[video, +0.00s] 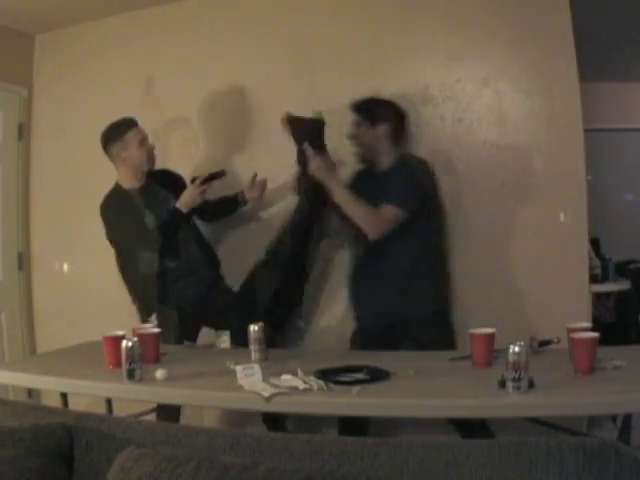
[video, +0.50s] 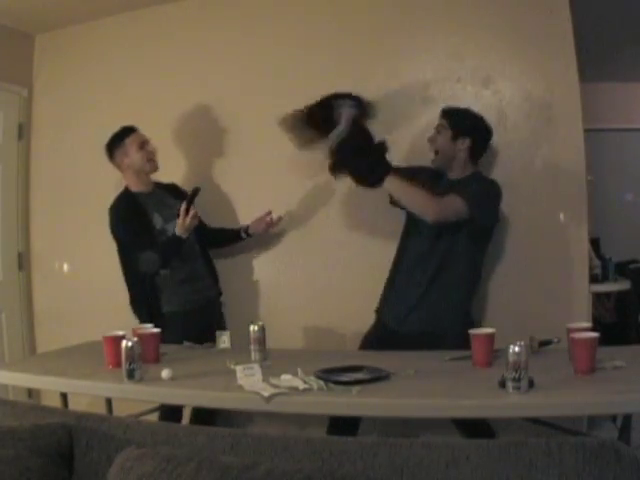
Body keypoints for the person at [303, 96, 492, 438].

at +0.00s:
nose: (352, 134)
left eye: (360, 126)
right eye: (353, 126)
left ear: (384, 130)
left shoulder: (413, 173)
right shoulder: (365, 180)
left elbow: (375, 226)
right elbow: (340, 226)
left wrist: (330, 183)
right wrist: (318, 180)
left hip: (422, 322)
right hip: (376, 320)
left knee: (457, 408)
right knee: (351, 407)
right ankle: (352, 479)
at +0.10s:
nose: (385, 140)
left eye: (393, 132)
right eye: (386, 132)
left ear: (417, 135)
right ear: (412, 137)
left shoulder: (443, 176)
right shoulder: (396, 181)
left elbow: (388, 209)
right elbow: (354, 232)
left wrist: (350, 158)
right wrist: (329, 183)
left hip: (437, 318)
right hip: (392, 316)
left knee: (468, 404)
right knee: (358, 400)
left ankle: (503, 469)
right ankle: (348, 476)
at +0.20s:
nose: (408, 141)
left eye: (417, 133)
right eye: (409, 133)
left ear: (442, 137)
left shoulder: (467, 178)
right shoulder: (417, 184)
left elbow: (410, 191)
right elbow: (364, 216)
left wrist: (368, 132)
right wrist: (338, 165)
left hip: (446, 317)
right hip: (402, 314)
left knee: (470, 406)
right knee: (358, 392)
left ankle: (504, 478)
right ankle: (352, 477)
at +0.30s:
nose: (418, 136)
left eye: (426, 127)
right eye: (418, 128)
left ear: (451, 132)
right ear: (446, 134)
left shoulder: (481, 177)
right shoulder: (422, 183)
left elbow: (435, 192)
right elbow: (365, 196)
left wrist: (394, 132)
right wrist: (361, 139)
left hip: (450, 317)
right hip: (403, 314)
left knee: (471, 405)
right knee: (358, 391)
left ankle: (503, 475)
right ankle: (344, 472)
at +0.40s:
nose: (432, 134)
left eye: (441, 128)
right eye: (435, 127)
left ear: (465, 140)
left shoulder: (487, 185)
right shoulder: (426, 177)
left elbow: (439, 202)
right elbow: (367, 186)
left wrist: (393, 165)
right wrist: (347, 148)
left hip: (450, 325)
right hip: (401, 319)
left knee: (471, 411)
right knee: (352, 397)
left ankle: (508, 476)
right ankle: (332, 475)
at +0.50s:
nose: (431, 139)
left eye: (439, 133)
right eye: (434, 131)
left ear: (463, 145)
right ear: (458, 144)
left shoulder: (484, 191)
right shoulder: (427, 179)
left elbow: (434, 210)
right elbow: (374, 173)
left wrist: (379, 173)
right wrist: (350, 130)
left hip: (443, 327)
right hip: (394, 320)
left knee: (463, 411)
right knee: (347, 395)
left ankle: (504, 468)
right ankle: (331, 471)